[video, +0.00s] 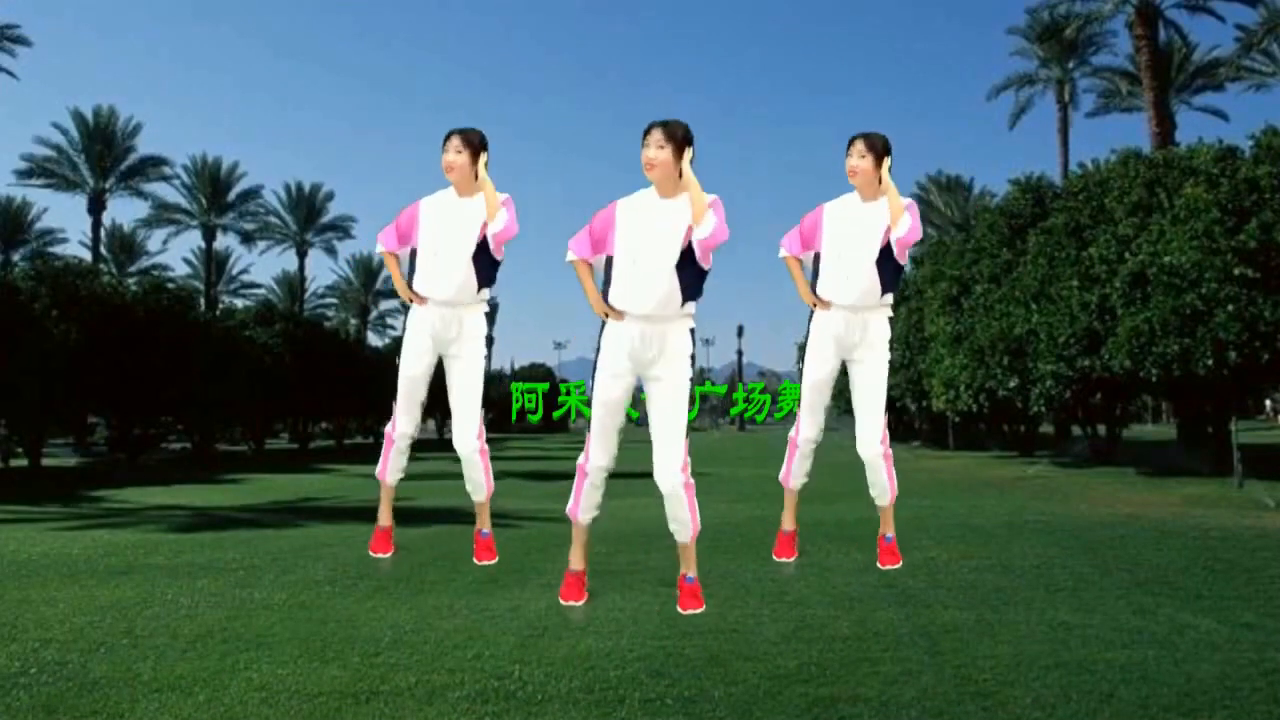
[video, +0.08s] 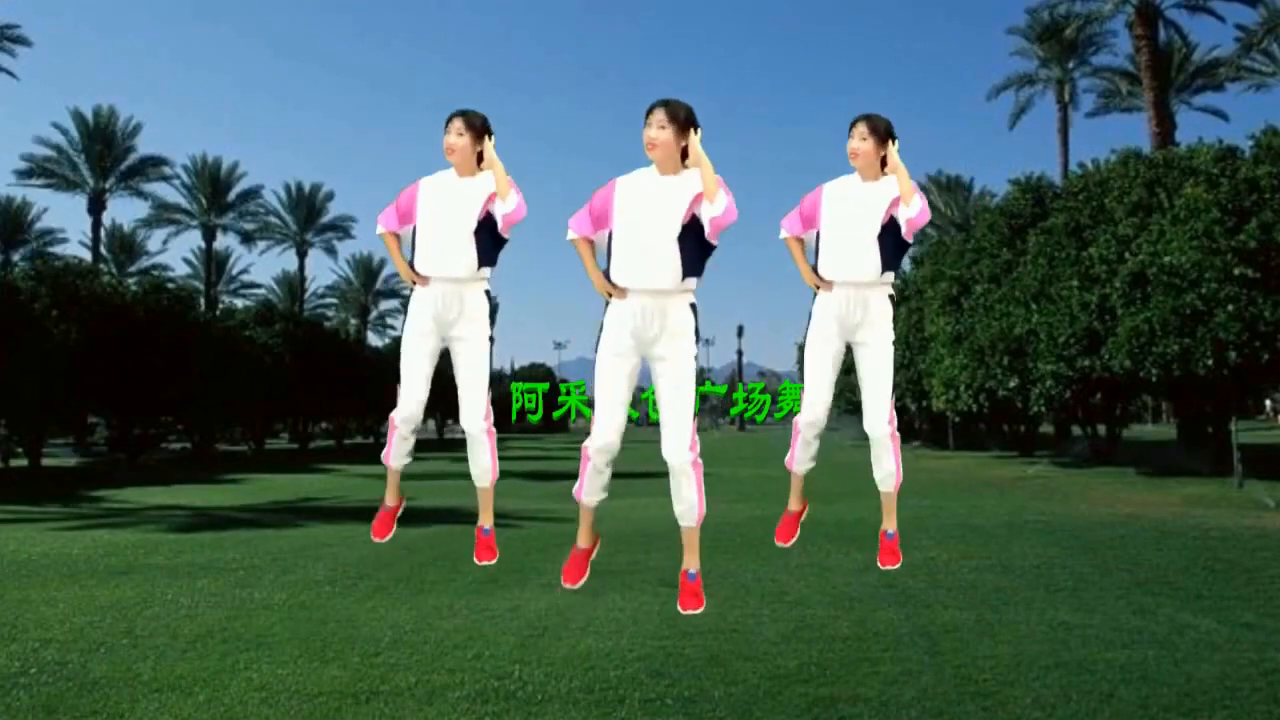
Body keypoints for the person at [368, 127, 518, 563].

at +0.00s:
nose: (448, 159)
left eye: (457, 152)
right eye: (445, 152)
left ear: (477, 160)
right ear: (443, 160)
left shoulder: (498, 204)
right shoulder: (427, 206)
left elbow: (500, 239)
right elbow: (388, 241)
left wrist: (485, 183)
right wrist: (402, 287)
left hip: (469, 320)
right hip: (424, 316)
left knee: (468, 432)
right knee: (404, 422)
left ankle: (484, 527)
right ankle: (384, 519)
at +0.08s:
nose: (449, 140)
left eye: (458, 134)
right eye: (447, 133)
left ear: (479, 142)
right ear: (446, 142)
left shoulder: (496, 187)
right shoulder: (426, 187)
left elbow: (512, 217)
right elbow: (386, 223)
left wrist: (494, 162)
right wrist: (402, 267)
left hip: (471, 300)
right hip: (426, 296)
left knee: (476, 415)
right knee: (409, 408)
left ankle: (486, 522)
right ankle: (391, 497)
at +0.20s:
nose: (455, 138)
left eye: (465, 133)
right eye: (453, 132)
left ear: (486, 143)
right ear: (449, 140)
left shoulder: (497, 186)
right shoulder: (427, 183)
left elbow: (508, 224)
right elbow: (386, 223)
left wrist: (498, 166)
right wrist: (403, 272)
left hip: (476, 293)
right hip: (432, 292)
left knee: (477, 411)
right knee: (428, 410)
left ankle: (479, 521)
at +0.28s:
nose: (458, 155)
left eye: (468, 149)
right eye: (456, 148)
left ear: (488, 161)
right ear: (450, 156)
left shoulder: (497, 203)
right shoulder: (425, 199)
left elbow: (504, 243)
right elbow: (386, 241)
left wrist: (498, 182)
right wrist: (404, 291)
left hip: (478, 307)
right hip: (434, 308)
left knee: (479, 420)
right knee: (442, 416)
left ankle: (477, 526)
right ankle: (453, 430)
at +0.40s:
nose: (461, 180)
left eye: (470, 175)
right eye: (458, 174)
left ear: (488, 187)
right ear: (451, 182)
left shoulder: (496, 233)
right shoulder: (425, 224)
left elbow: (500, 265)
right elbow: (384, 269)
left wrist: (500, 215)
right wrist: (401, 318)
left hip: (480, 336)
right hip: (435, 336)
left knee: (480, 438)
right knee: (451, 436)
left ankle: (475, 529)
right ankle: (455, 454)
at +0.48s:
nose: (462, 172)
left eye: (471, 167)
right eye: (458, 165)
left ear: (489, 178)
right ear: (451, 174)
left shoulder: (495, 224)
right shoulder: (425, 215)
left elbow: (488, 244)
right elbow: (384, 260)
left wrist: (495, 199)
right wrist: (399, 308)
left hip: (475, 326)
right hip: (431, 326)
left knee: (476, 437)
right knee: (439, 439)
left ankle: (475, 529)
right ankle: (443, 474)